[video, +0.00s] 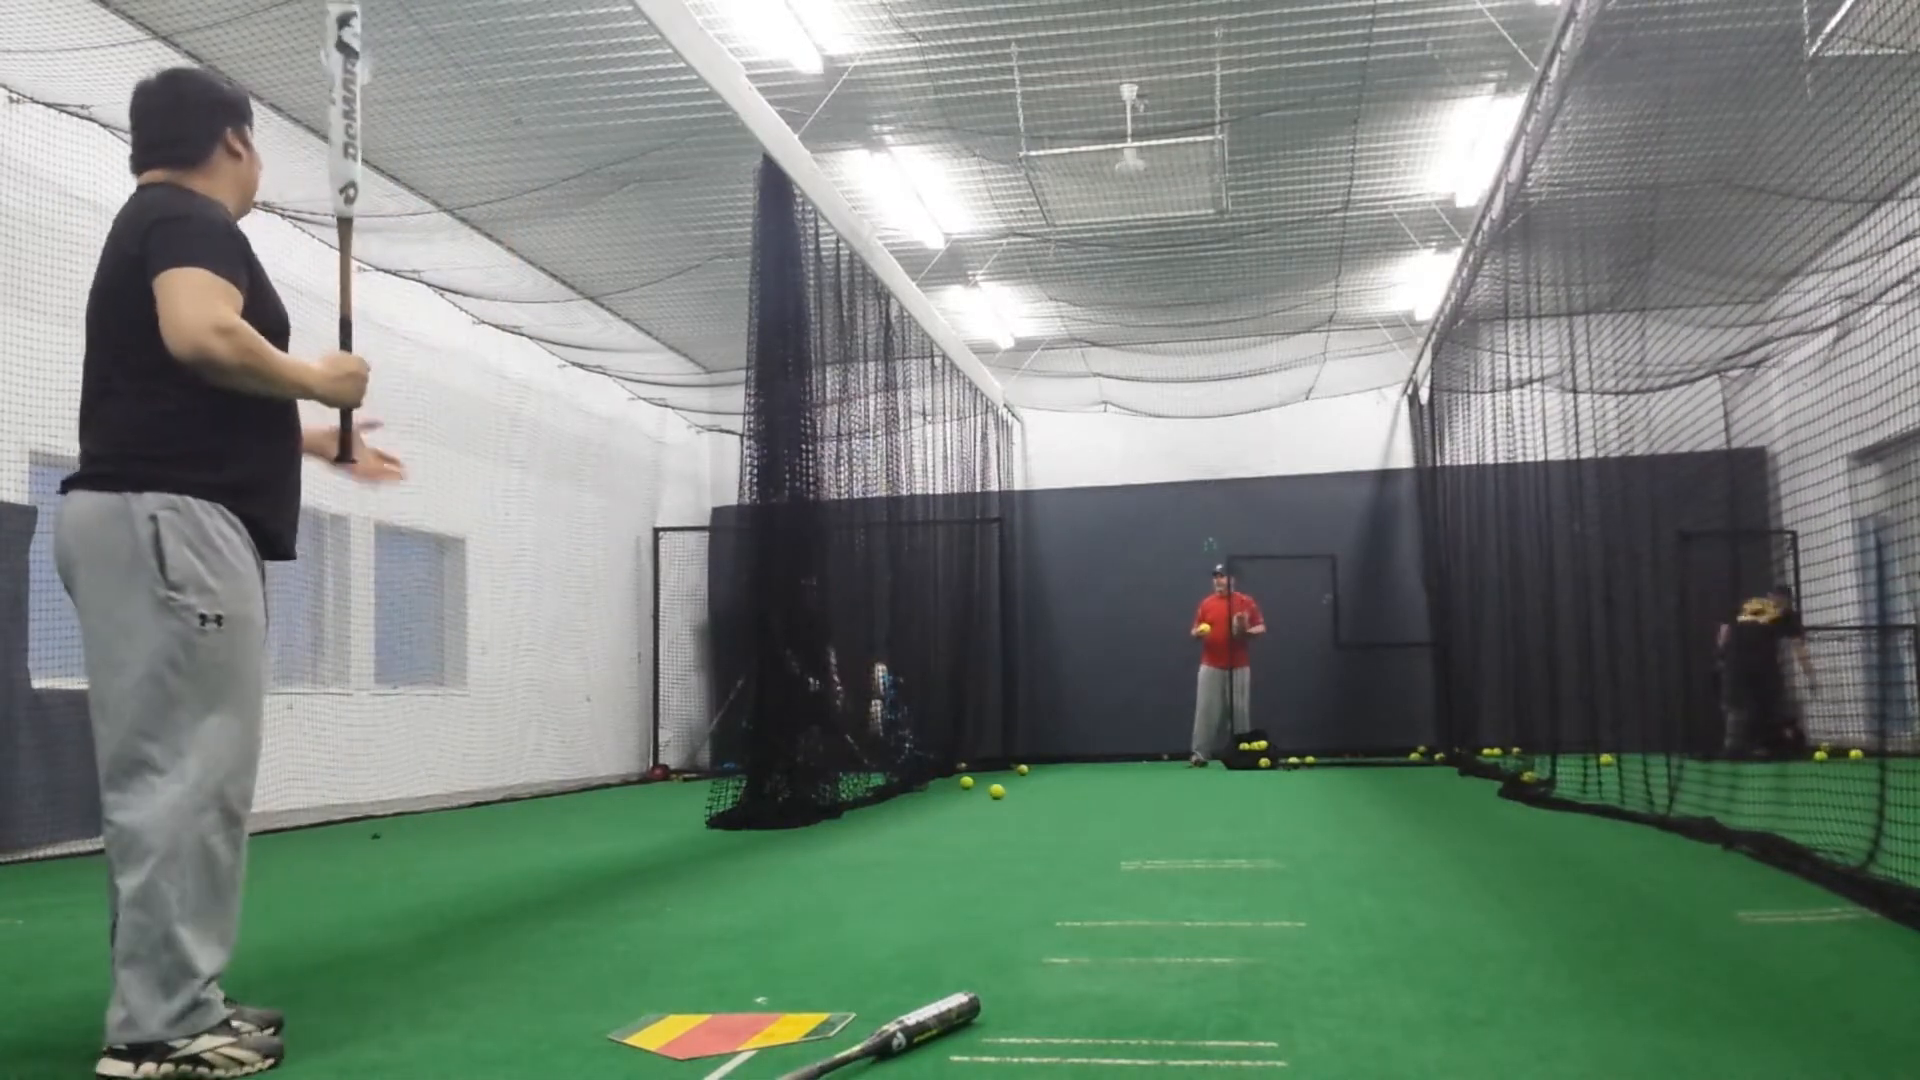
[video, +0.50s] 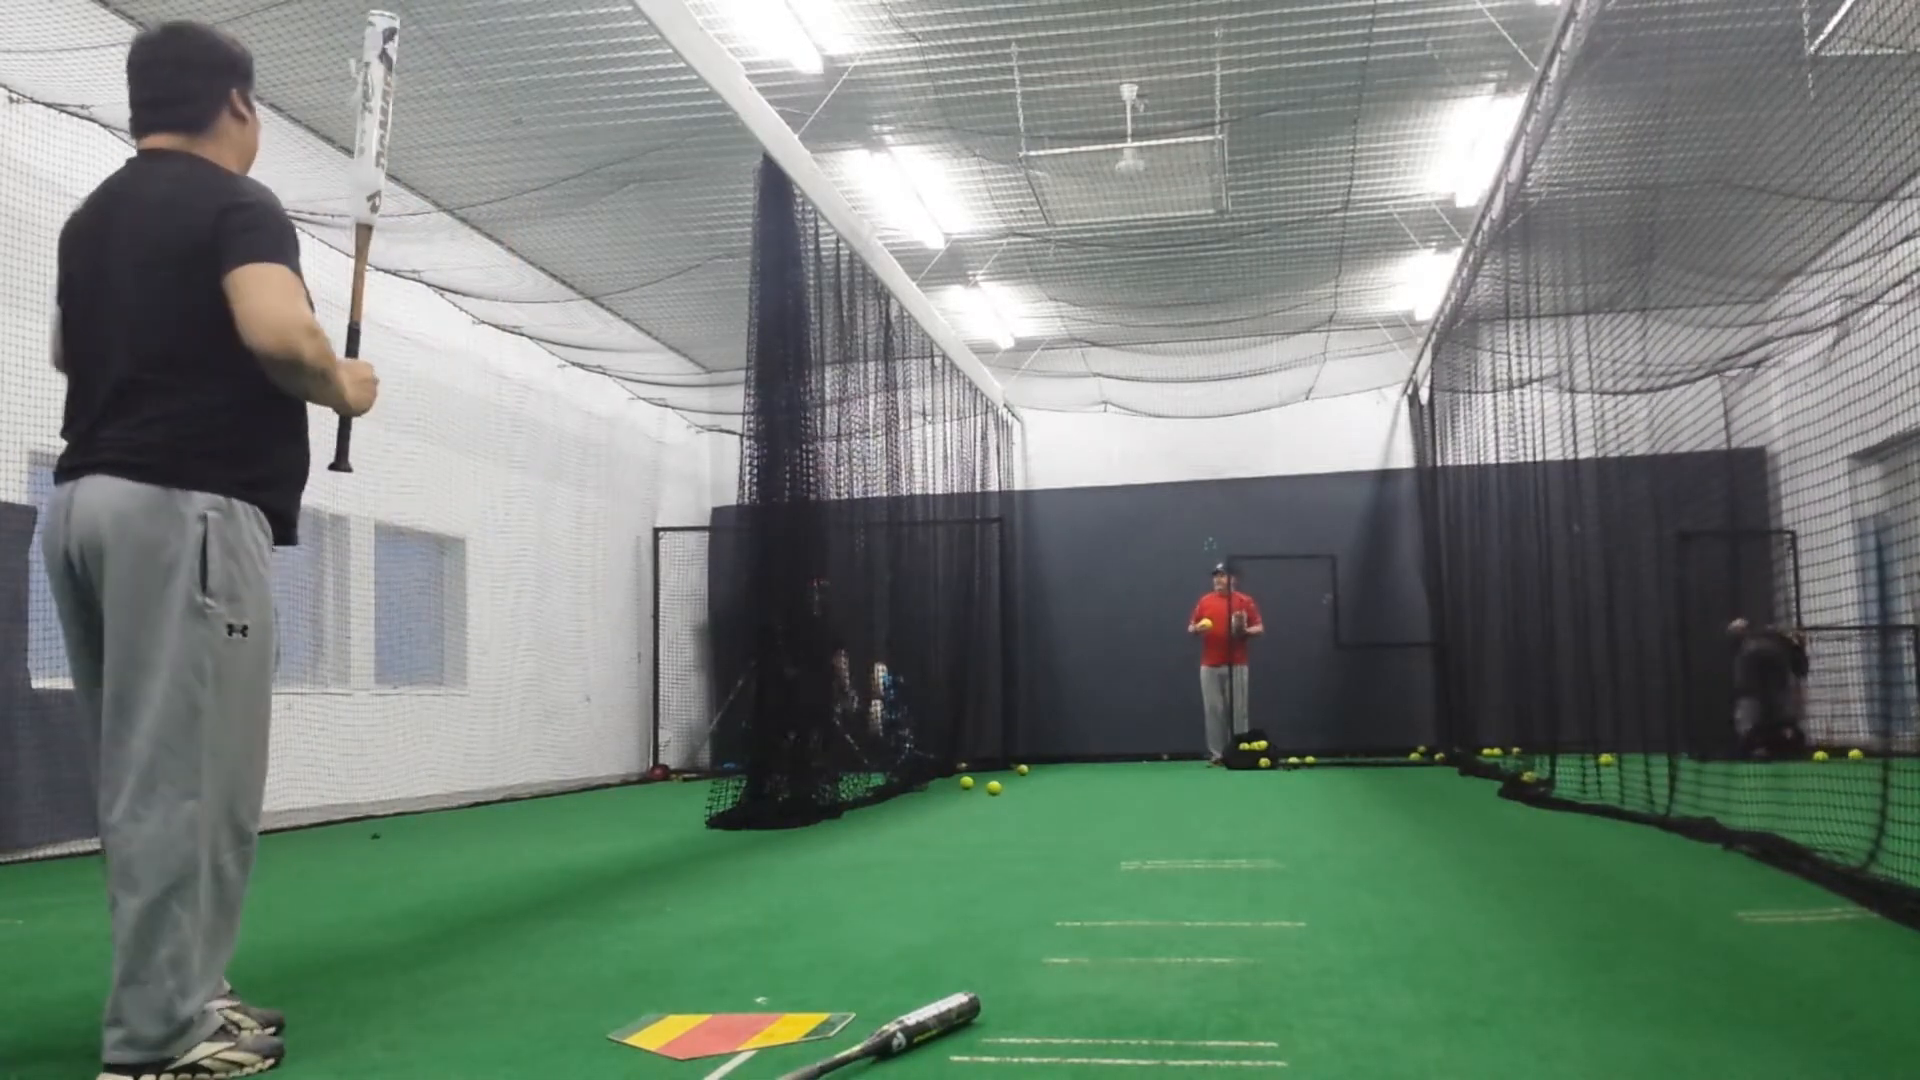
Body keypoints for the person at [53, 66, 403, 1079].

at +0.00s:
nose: (261, 165)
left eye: (254, 147)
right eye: (255, 146)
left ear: (160, 149)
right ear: (230, 142)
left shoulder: (157, 225)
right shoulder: (188, 217)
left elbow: (193, 400)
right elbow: (197, 334)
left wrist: (316, 440)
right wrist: (314, 377)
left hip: (139, 522)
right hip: (167, 526)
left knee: (165, 771)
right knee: (189, 772)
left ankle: (170, 1000)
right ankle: (162, 1020)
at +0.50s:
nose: (259, 127)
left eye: (254, 110)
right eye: (255, 109)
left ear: (148, 114)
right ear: (231, 107)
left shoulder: (89, 217)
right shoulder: (237, 201)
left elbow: (83, 370)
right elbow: (274, 332)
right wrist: (339, 382)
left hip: (85, 510)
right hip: (185, 515)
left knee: (144, 768)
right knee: (190, 776)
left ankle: (175, 994)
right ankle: (157, 1031)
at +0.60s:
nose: (260, 123)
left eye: (256, 106)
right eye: (257, 106)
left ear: (147, 108)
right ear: (234, 104)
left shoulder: (81, 212)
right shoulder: (247, 203)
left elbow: (52, 370)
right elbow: (290, 337)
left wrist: (106, 444)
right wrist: (344, 385)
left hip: (73, 510)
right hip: (182, 516)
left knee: (132, 769)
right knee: (186, 773)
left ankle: (167, 992)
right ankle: (156, 1033)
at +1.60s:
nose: (163, 120)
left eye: (158, 103)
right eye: (159, 103)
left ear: (38, 109)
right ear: (137, 101)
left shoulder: (2, 194)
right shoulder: (182, 204)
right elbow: (260, 349)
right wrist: (198, 397)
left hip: (5, 510)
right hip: (113, 511)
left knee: (6, 787)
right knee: (145, 779)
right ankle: (159, 1035)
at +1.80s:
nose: (118, 130)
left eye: (113, 113)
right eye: (113, 112)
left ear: (11, 109)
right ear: (87, 104)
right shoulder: (127, 205)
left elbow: (207, 350)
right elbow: (213, 349)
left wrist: (135, 387)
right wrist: (144, 396)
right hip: (64, 509)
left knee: (12, 790)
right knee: (114, 777)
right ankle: (156, 1032)